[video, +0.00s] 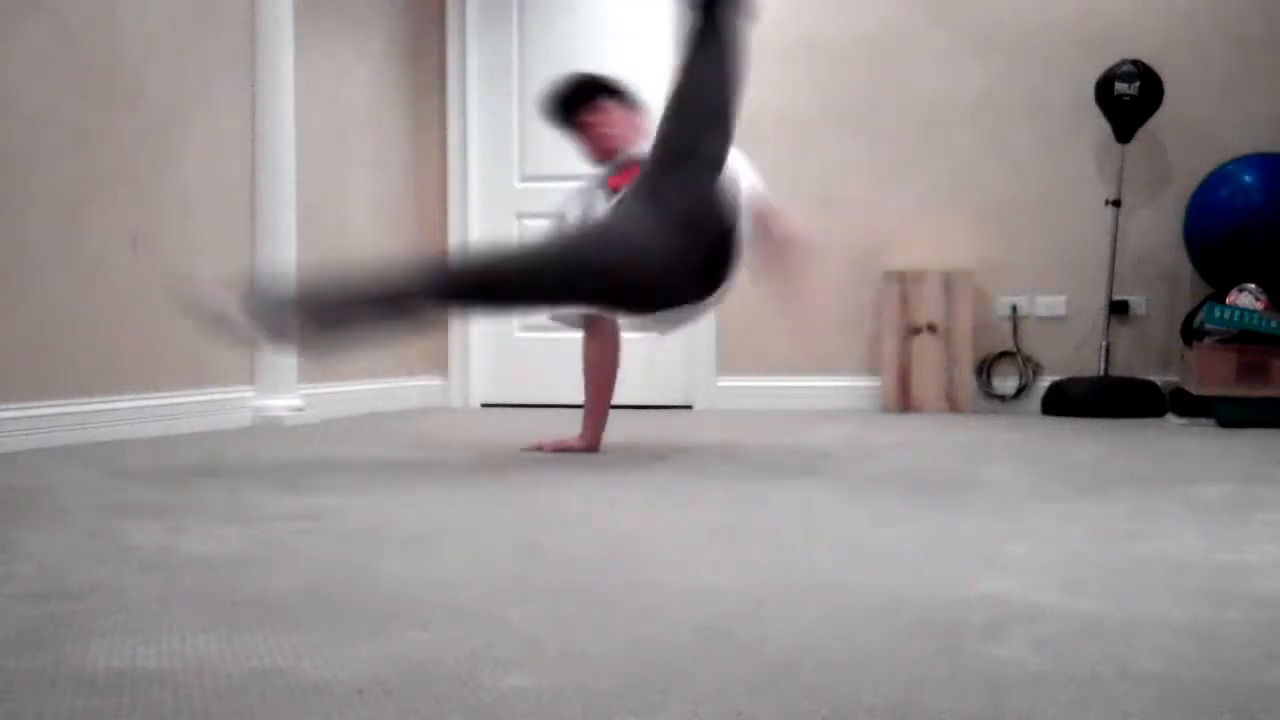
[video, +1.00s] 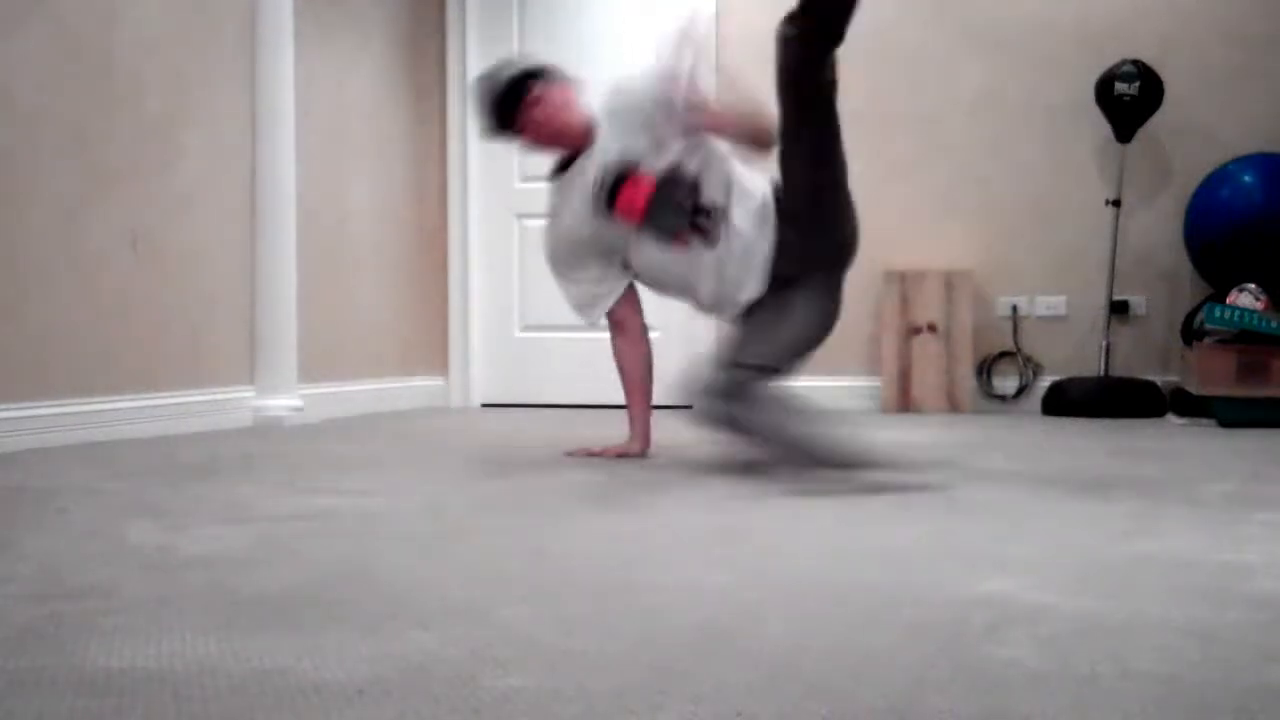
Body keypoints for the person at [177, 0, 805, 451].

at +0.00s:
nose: (597, 129)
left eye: (603, 115)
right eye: (585, 126)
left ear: (632, 111)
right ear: (580, 138)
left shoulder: (690, 159)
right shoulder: (591, 219)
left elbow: (771, 221)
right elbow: (600, 334)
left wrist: (798, 288)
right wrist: (589, 438)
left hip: (695, 240)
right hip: (624, 275)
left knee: (711, 63)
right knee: (459, 280)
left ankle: (716, 4)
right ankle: (299, 317)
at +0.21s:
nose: (726, 137)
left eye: (745, 133)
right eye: (726, 124)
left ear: (772, 157)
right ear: (716, 129)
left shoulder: (759, 212)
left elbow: (745, 336)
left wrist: (734, 441)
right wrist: (581, 428)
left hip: (592, 314)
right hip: (534, 272)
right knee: (572, 126)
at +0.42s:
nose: (739, 128)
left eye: (752, 120)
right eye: (739, 115)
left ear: (794, 128)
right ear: (742, 114)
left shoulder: (772, 220)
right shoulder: (761, 153)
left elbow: (748, 332)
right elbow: (699, 164)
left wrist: (733, 442)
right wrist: (636, 117)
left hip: (627, 297)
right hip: (638, 210)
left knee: (515, 391)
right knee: (570, 70)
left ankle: (432, 407)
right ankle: (491, 7)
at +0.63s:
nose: (616, 199)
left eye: (627, 184)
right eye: (609, 184)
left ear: (669, 165)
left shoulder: (728, 188)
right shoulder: (620, 165)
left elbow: (733, 328)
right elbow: (613, 259)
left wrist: (731, 441)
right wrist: (606, 365)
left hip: (800, 190)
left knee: (785, 292)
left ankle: (786, 388)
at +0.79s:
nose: (557, 247)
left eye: (559, 228)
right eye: (543, 239)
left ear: (589, 195)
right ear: (536, 231)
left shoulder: (661, 190)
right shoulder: (573, 251)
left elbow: (709, 324)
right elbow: (620, 331)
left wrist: (733, 440)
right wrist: (635, 438)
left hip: (767, 159)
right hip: (727, 222)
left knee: (891, 170)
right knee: (753, 372)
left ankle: (1015, 185)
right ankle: (861, 383)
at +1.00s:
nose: (543, 120)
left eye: (539, 101)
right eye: (527, 122)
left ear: (563, 85)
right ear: (527, 139)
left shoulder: (634, 104)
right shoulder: (573, 232)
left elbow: (764, 134)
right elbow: (627, 328)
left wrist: (707, 115)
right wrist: (638, 441)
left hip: (803, 230)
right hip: (776, 308)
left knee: (802, 45)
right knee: (722, 395)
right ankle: (857, 463)